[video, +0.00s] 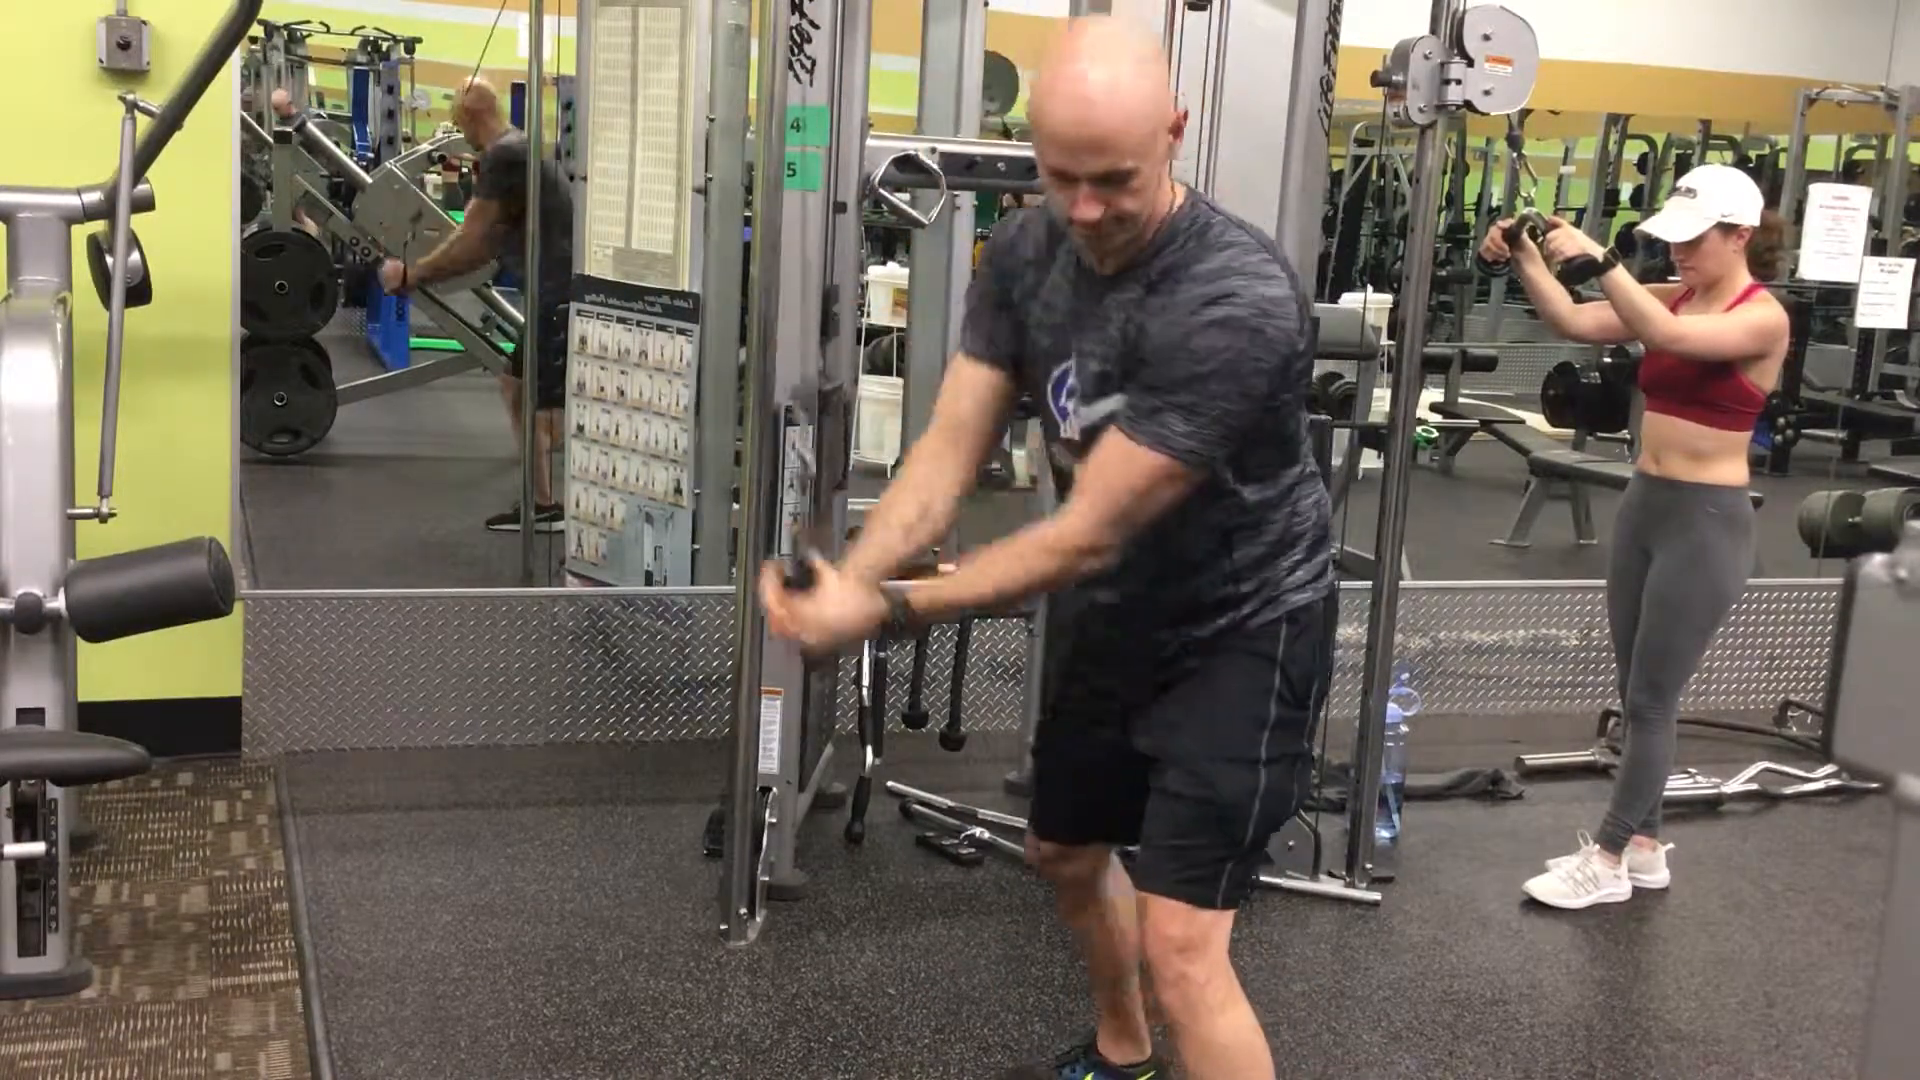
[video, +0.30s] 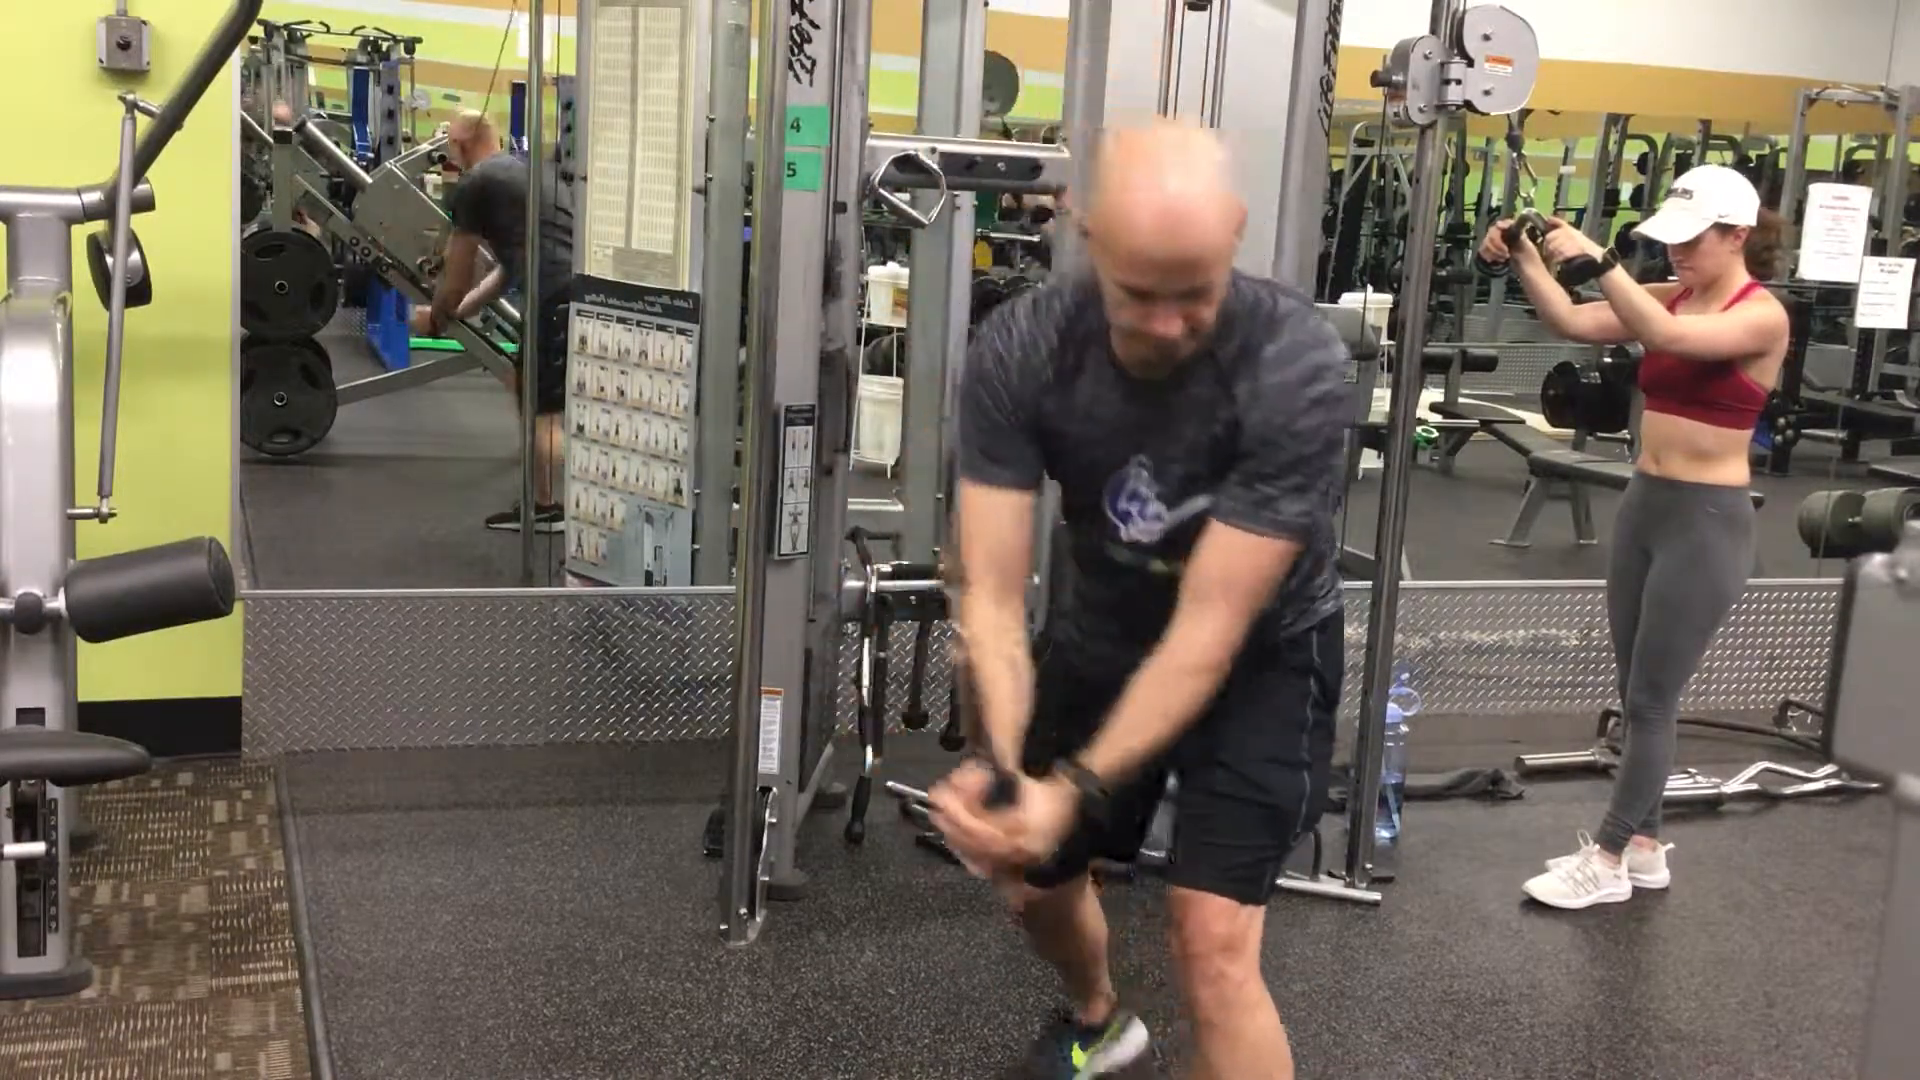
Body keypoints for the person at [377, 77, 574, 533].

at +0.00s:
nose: (456, 123)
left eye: (457, 115)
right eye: (456, 115)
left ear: (471, 113)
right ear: (493, 109)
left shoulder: (502, 155)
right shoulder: (521, 150)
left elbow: (473, 241)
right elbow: (485, 246)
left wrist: (413, 272)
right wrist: (423, 272)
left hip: (559, 292)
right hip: (566, 287)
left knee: (522, 386)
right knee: (518, 382)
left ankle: (544, 500)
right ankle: (545, 497)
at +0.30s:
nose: (450, 156)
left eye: (452, 147)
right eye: (450, 148)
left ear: (463, 144)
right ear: (493, 139)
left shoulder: (474, 184)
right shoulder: (530, 170)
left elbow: (456, 283)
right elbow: (509, 265)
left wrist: (434, 318)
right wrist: (457, 310)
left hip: (556, 295)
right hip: (591, 283)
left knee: (541, 409)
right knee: (523, 380)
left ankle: (544, 503)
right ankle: (545, 497)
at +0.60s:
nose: (466, 192)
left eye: (466, 184)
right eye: (465, 184)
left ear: (475, 183)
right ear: (506, 173)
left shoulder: (472, 226)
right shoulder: (552, 206)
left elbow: (476, 305)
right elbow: (577, 260)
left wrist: (485, 357)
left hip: (535, 320)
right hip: (581, 312)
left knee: (542, 427)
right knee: (554, 421)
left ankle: (561, 507)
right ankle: (541, 502)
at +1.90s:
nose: (452, 190)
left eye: (453, 182)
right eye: (451, 182)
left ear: (464, 179)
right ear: (494, 173)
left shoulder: (465, 222)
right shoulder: (530, 201)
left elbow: (460, 307)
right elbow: (517, 290)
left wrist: (450, 355)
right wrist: (476, 342)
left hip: (550, 310)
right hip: (588, 297)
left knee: (545, 421)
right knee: (532, 400)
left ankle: (547, 506)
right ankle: (542, 501)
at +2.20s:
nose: (449, 166)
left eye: (450, 156)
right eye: (448, 157)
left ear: (463, 153)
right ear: (495, 150)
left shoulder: (474, 196)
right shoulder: (529, 183)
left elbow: (452, 295)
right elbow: (505, 270)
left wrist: (421, 328)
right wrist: (464, 309)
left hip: (557, 309)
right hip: (588, 301)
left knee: (544, 411)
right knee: (523, 385)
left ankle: (546, 506)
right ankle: (544, 501)